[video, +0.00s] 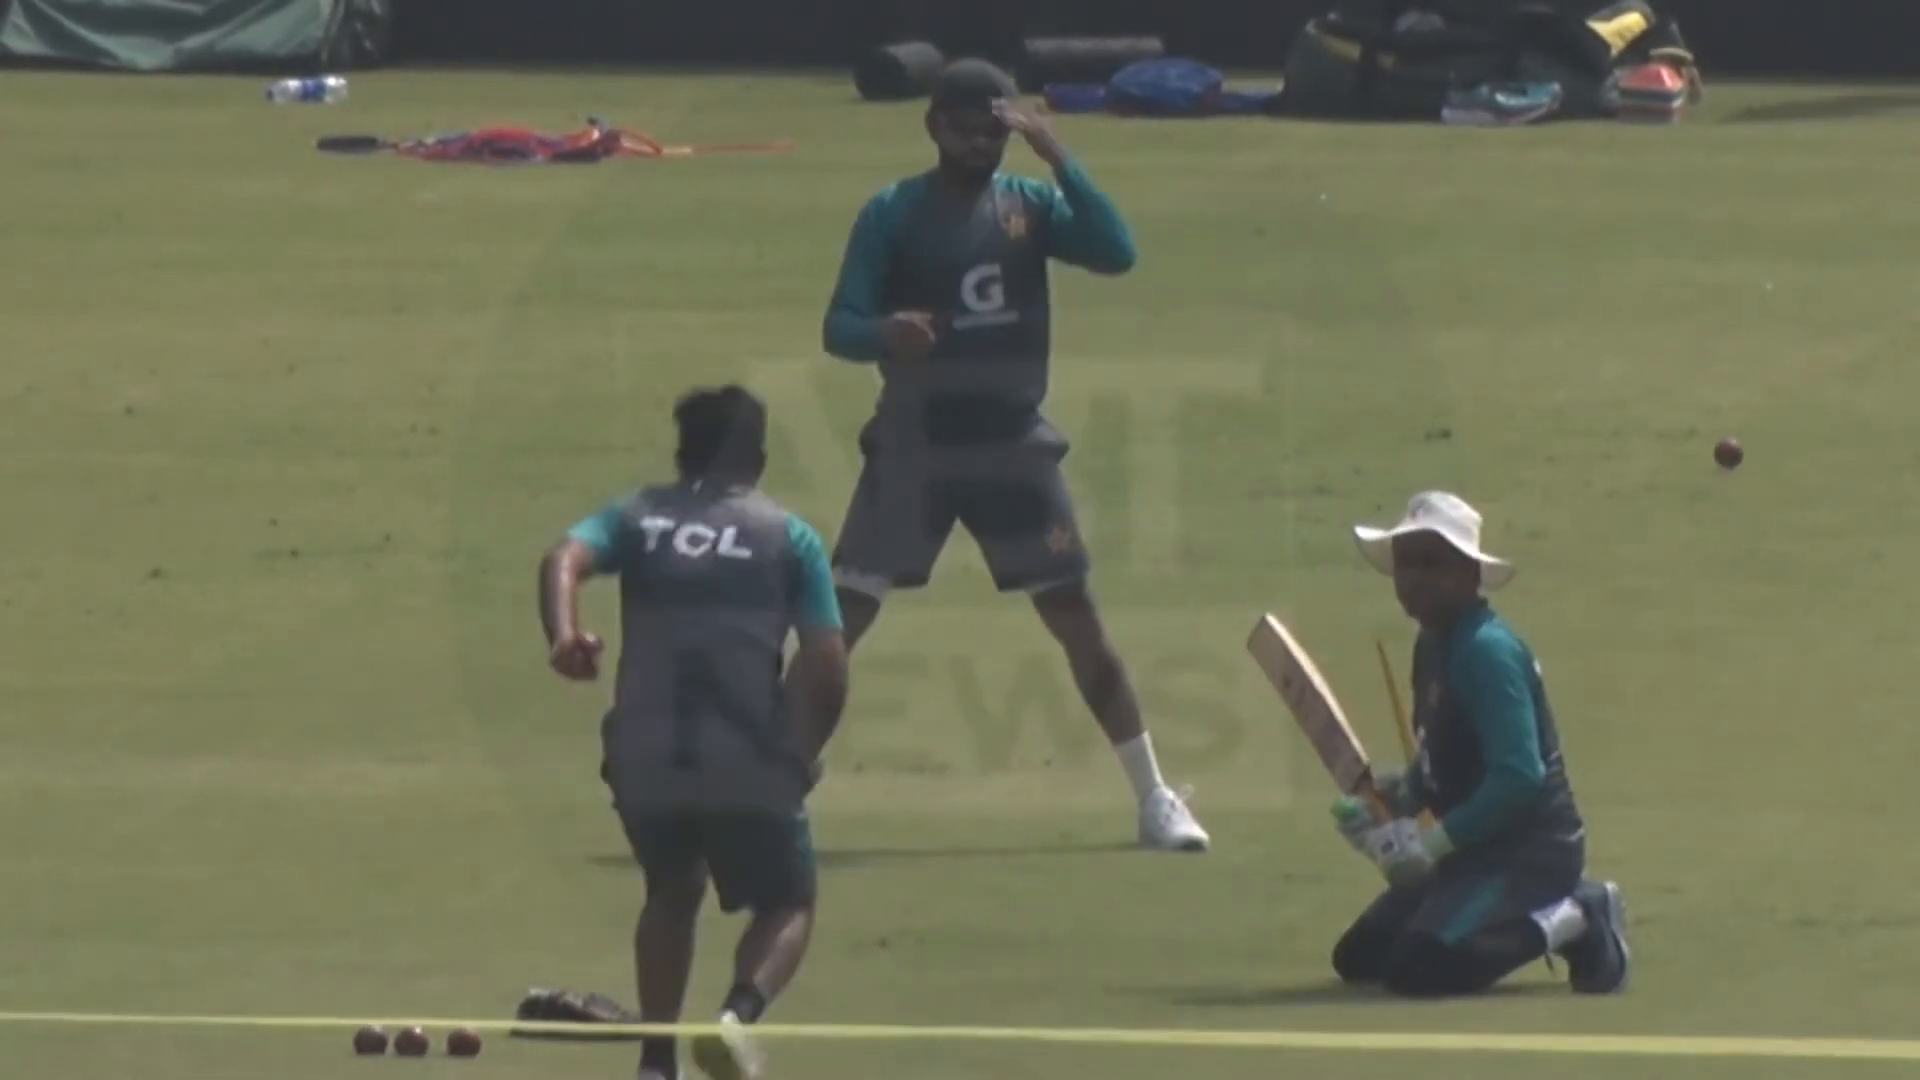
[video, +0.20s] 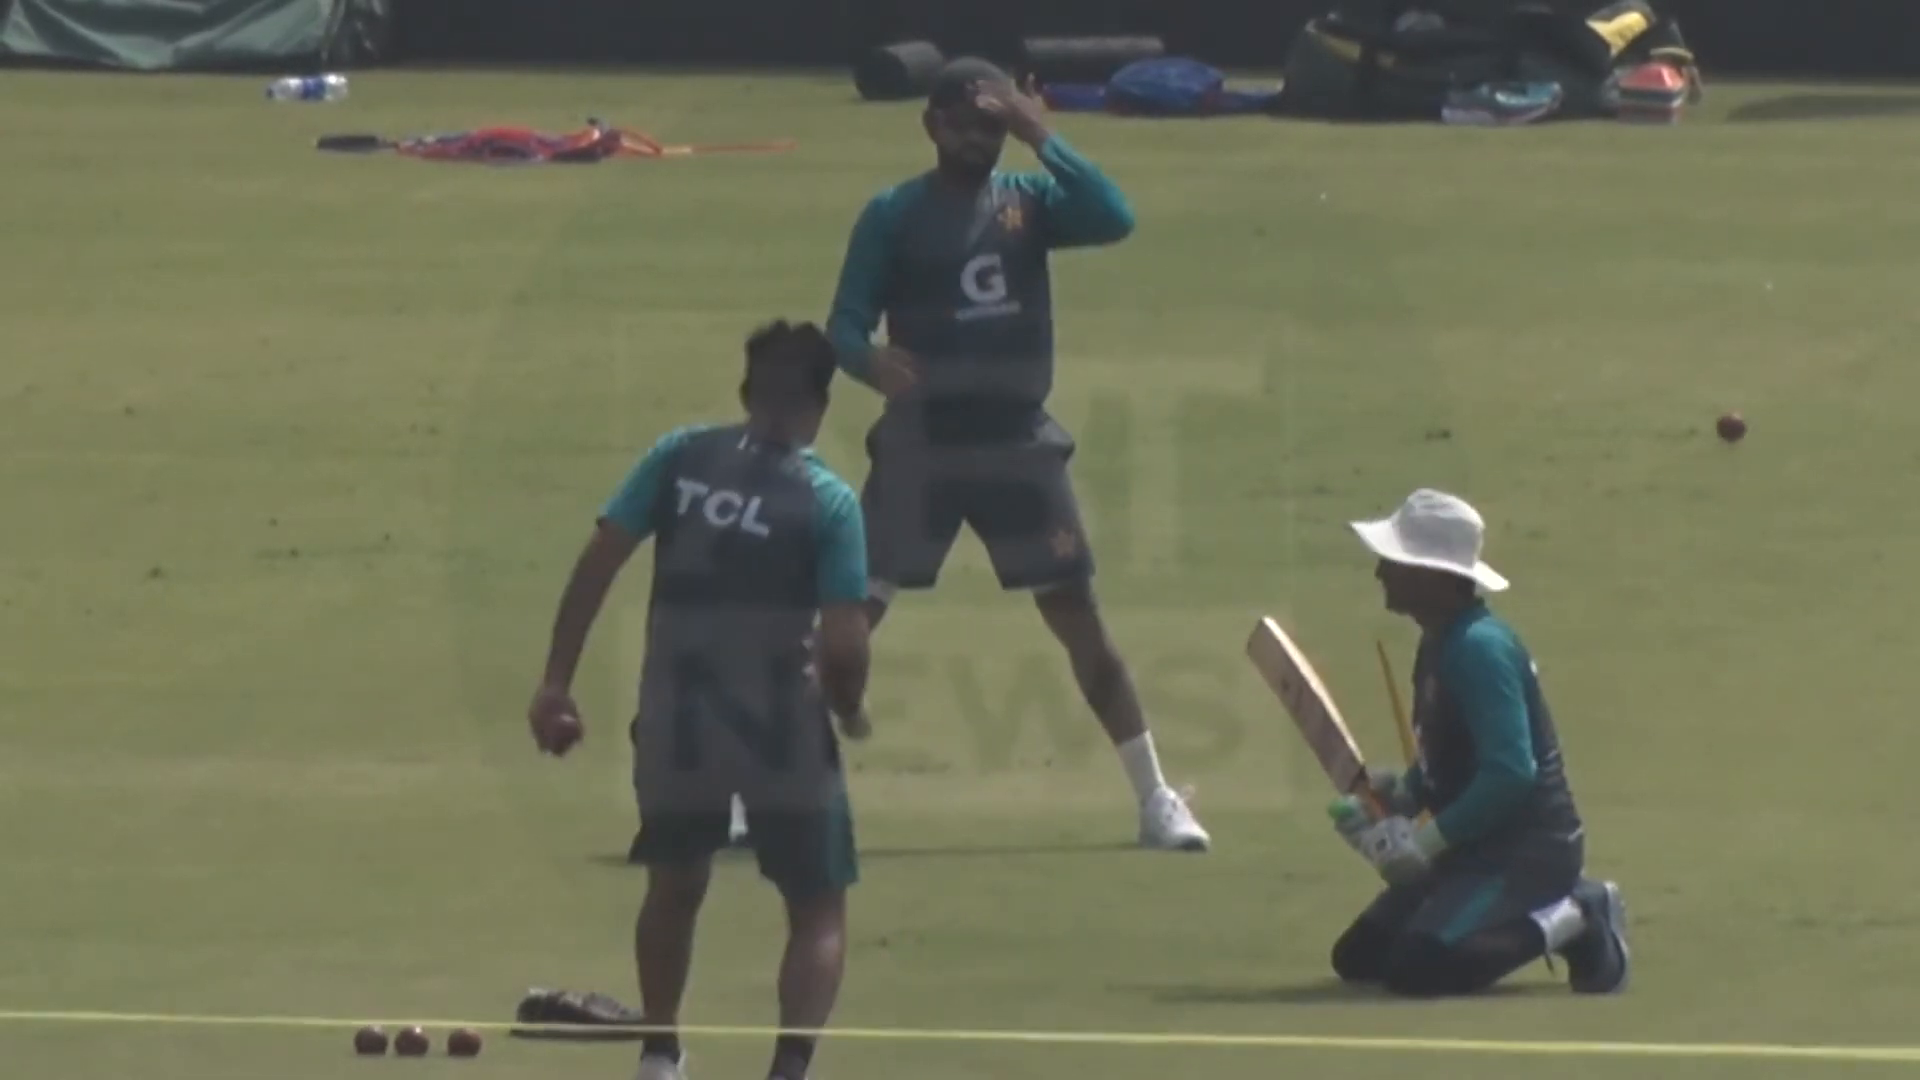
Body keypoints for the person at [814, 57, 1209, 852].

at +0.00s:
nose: (980, 136)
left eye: (992, 122)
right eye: (964, 121)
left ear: (1011, 130)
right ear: (934, 124)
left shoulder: (1028, 206)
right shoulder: (889, 216)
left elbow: (1115, 253)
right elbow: (840, 331)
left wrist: (1059, 157)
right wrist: (882, 337)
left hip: (1011, 446)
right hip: (910, 450)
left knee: (1076, 619)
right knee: (835, 629)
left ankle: (1155, 799)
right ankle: (772, 799)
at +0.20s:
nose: (977, 138)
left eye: (991, 125)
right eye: (962, 121)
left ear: (1010, 133)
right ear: (933, 124)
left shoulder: (1027, 205)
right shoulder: (891, 216)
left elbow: (1113, 221)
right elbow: (843, 327)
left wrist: (1040, 134)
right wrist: (874, 361)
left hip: (1016, 440)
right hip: (918, 442)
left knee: (1079, 622)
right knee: (852, 620)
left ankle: (1156, 798)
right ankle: (776, 781)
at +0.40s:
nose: (980, 140)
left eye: (993, 127)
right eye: (964, 123)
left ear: (1010, 135)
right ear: (934, 124)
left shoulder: (1028, 203)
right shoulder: (892, 217)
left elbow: (1108, 197)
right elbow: (850, 325)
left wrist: (1033, 118)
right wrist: (874, 374)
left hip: (1017, 437)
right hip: (920, 437)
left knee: (1078, 620)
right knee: (856, 605)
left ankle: (1155, 797)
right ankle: (803, 776)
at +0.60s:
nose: (983, 139)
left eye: (997, 127)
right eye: (968, 122)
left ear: (1013, 135)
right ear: (937, 125)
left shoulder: (1030, 204)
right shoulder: (894, 218)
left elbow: (1102, 182)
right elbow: (850, 335)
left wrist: (1027, 104)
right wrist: (877, 375)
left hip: (1021, 442)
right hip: (922, 443)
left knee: (1080, 624)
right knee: (844, 622)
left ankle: (1155, 798)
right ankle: (774, 784)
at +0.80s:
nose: (991, 138)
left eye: (1004, 126)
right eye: (976, 121)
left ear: (1020, 134)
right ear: (942, 122)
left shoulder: (1033, 203)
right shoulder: (898, 217)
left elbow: (1111, 196)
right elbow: (852, 334)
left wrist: (1047, 105)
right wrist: (875, 377)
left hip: (1023, 443)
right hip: (924, 443)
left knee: (1081, 624)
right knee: (851, 620)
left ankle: (1155, 798)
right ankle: (771, 775)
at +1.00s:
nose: (982, 140)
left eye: (996, 128)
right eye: (968, 126)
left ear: (1012, 135)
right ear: (936, 126)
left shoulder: (1035, 204)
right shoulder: (894, 221)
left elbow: (1128, 270)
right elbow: (853, 339)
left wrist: (1089, 204)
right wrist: (878, 393)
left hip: (1021, 439)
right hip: (922, 442)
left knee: (1079, 621)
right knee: (858, 608)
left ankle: (1155, 798)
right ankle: (782, 763)